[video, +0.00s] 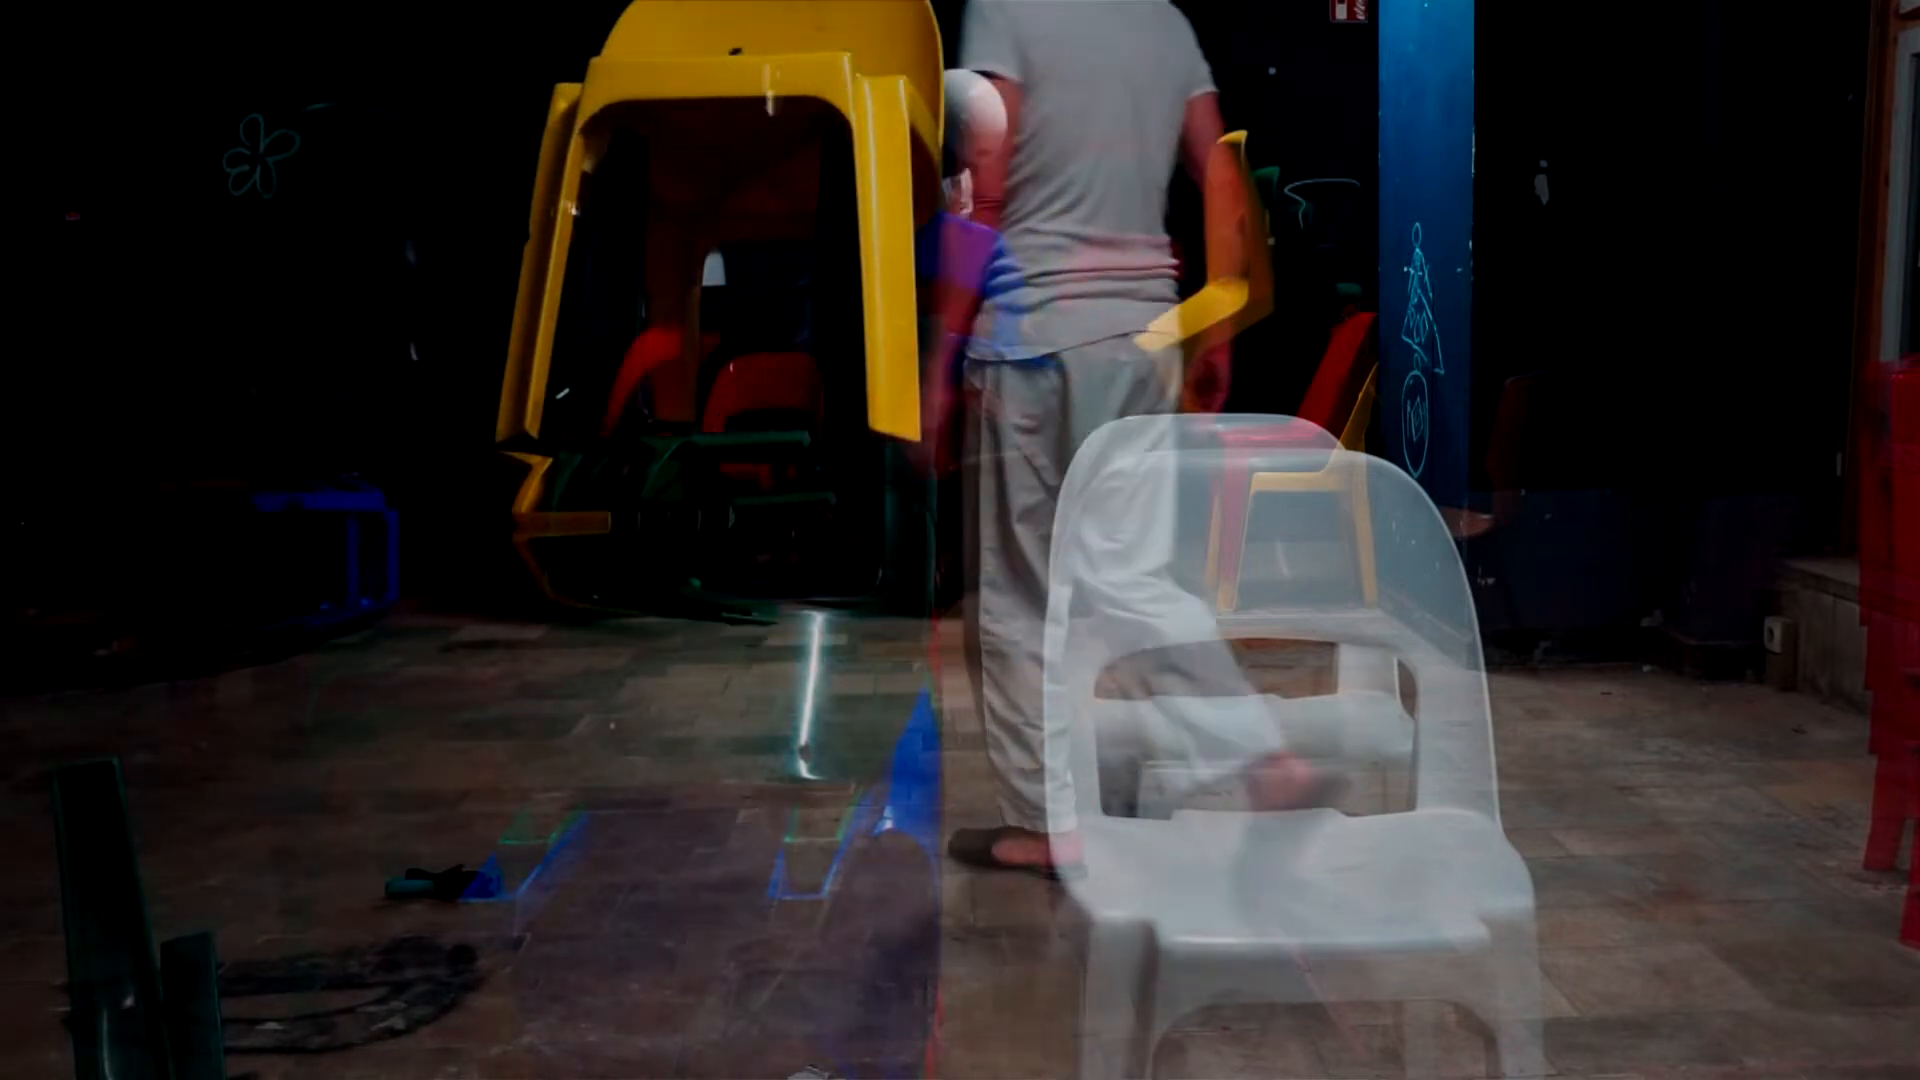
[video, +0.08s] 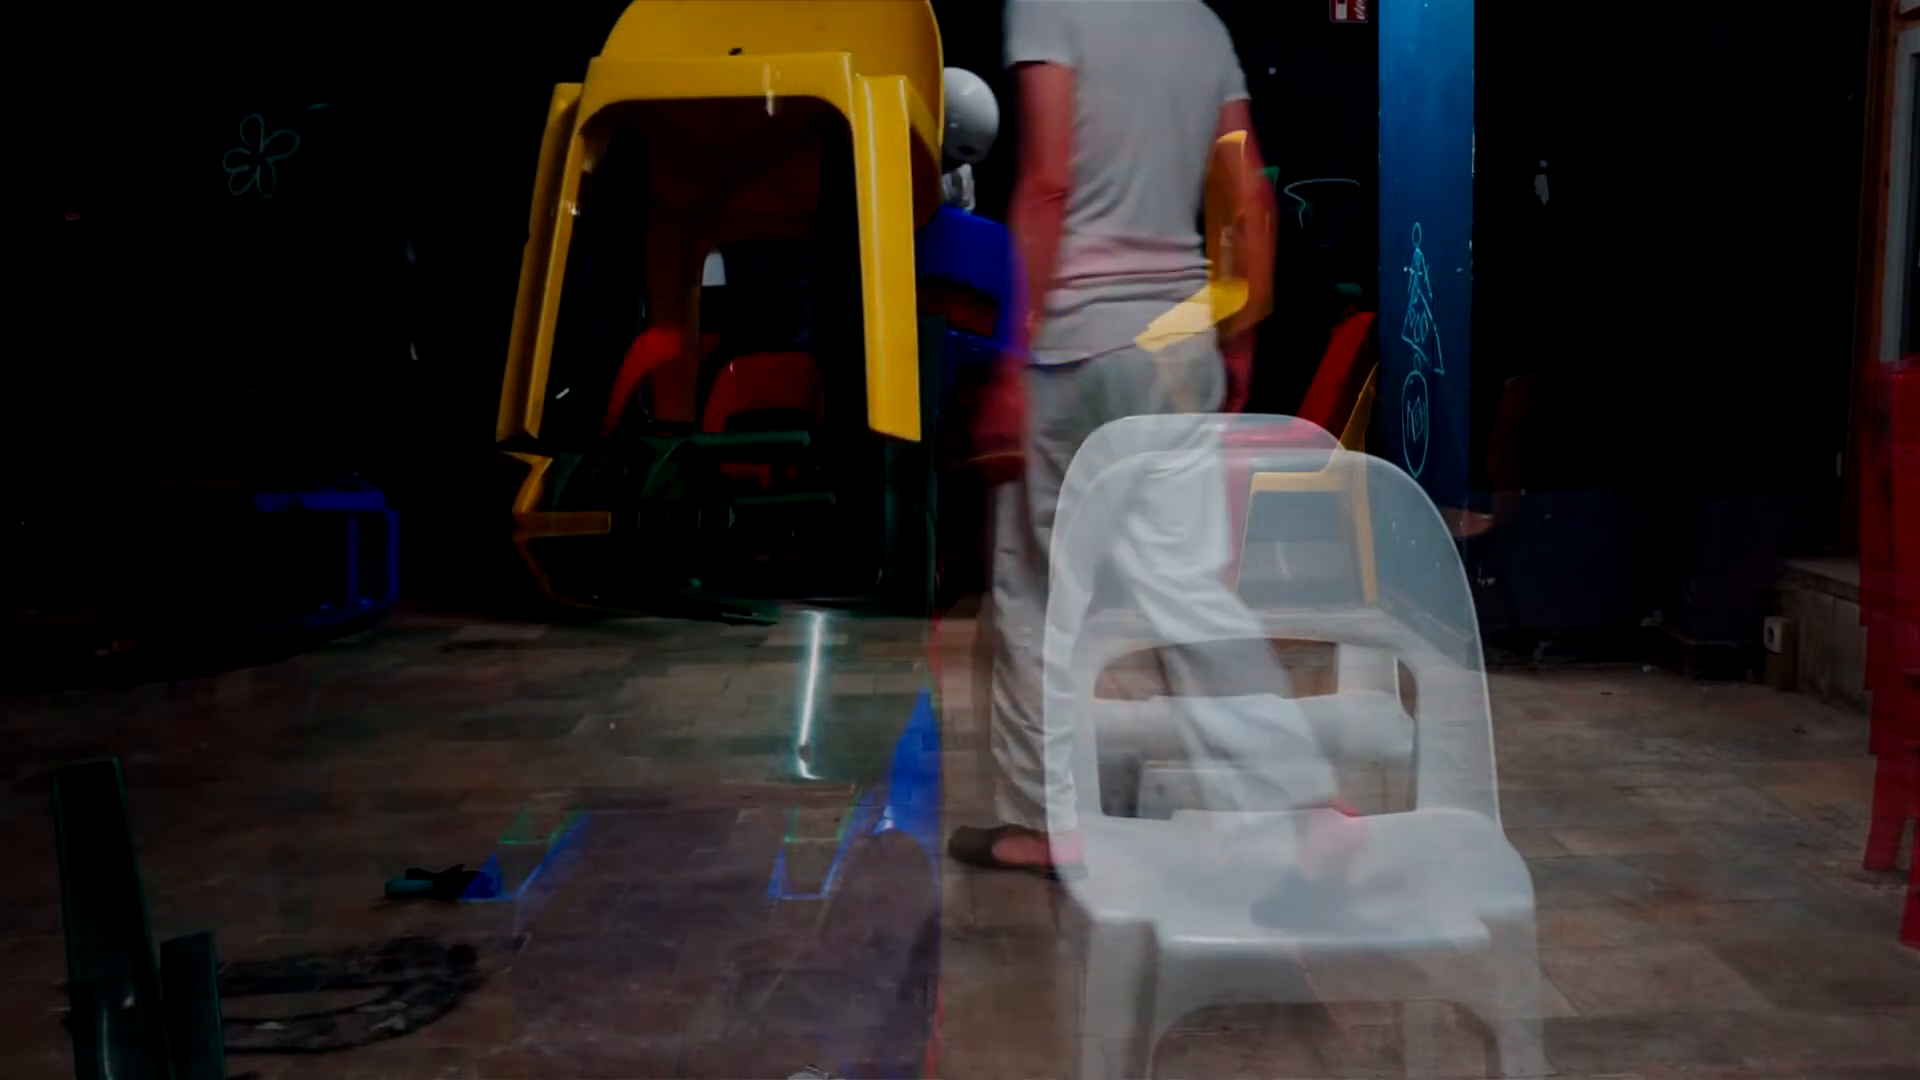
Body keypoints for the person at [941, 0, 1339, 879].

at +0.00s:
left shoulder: (1000, 14)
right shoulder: (1165, 22)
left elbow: (981, 195)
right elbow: (1222, 187)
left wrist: (937, 363)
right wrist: (1217, 330)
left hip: (1032, 331)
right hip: (1147, 325)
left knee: (1019, 587)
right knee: (1136, 574)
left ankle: (1039, 821)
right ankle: (1265, 762)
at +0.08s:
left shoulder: (1046, 10)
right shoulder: (1203, 26)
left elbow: (1048, 183)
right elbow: (1248, 202)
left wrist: (1014, 357)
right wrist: (1240, 332)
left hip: (1072, 333)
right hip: (1181, 328)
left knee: (1032, 589)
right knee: (1187, 584)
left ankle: (1041, 819)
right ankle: (1308, 807)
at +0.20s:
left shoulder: (1113, 4)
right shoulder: (1258, 17)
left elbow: (1154, 148)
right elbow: (1311, 196)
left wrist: (1128, 351)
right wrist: (1269, 331)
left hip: (1137, 341)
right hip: (1246, 336)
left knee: (1085, 595)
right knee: (1272, 610)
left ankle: (1045, 813)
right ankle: (1349, 860)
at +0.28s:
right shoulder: (1300, 11)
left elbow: (1215, 138)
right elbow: (1347, 188)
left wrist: (1205, 331)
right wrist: (1302, 312)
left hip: (1170, 333)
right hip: (1278, 329)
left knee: (1103, 608)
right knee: (1296, 614)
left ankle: (1093, 853)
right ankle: (1352, 874)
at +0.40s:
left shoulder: (1219, 5)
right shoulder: (1353, 8)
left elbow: (1284, 129)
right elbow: (1400, 179)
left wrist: (1295, 334)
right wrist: (1358, 310)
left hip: (1225, 332)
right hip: (1333, 320)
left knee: (1147, 603)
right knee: (1319, 607)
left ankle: (1242, 858)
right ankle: (1364, 878)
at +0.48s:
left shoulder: (1249, 6)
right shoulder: (1383, 9)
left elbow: (1309, 124)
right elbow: (1438, 176)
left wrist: (1326, 339)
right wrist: (1398, 316)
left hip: (1257, 334)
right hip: (1363, 326)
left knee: (1187, 621)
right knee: (1317, 628)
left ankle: (1338, 856)